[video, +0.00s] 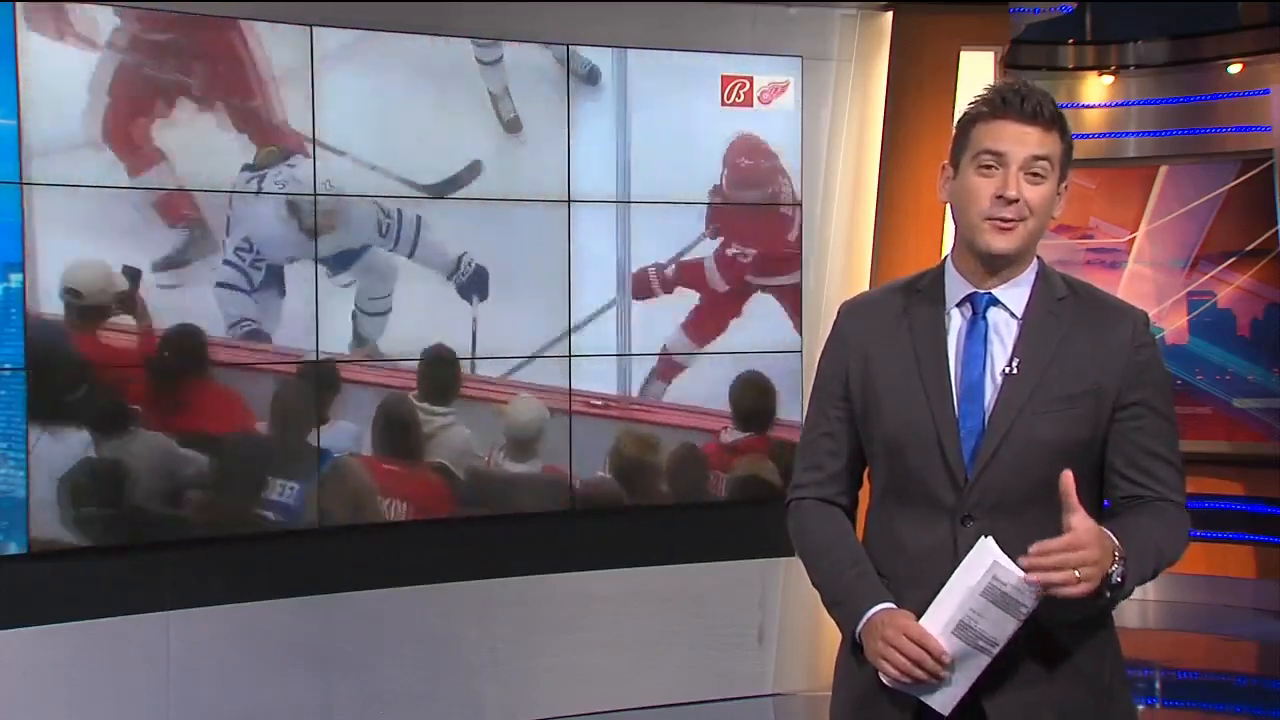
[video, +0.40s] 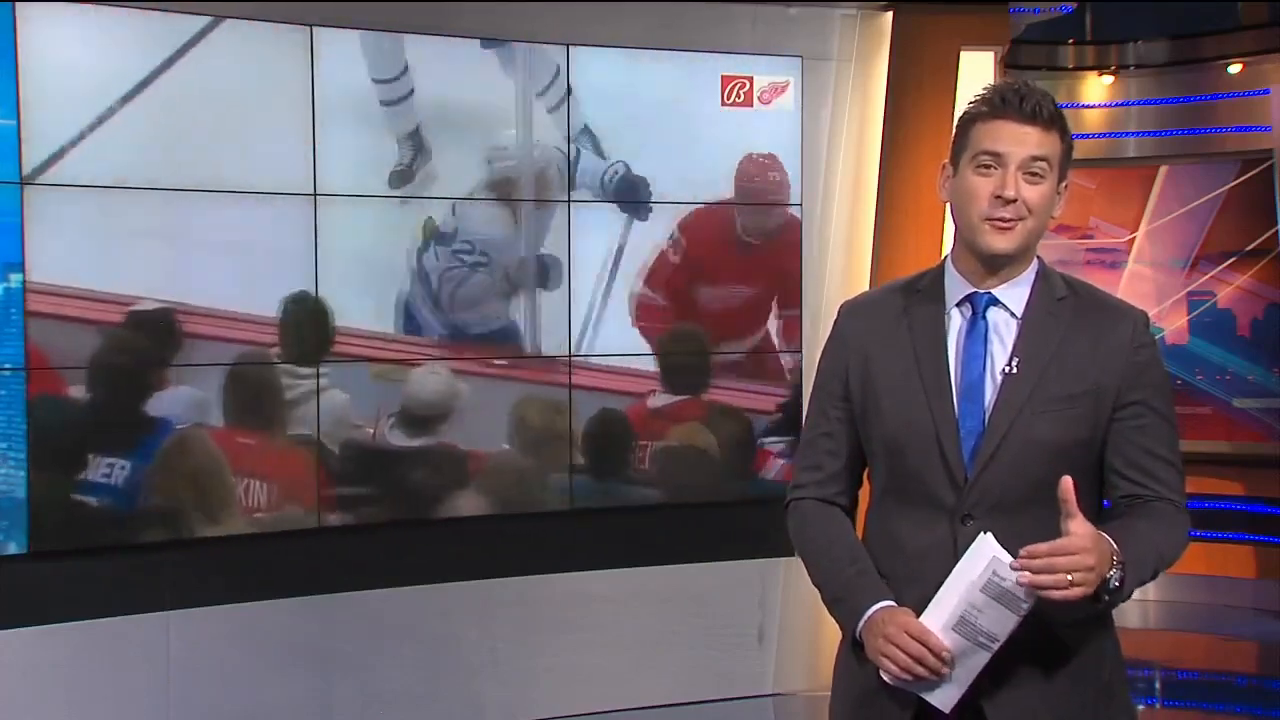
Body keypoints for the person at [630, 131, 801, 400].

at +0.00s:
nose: (748, 206)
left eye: (755, 201)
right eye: (740, 200)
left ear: (772, 190)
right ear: (725, 186)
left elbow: (722, 275)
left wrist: (674, 274)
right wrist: (715, 222)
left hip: (789, 271)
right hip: (738, 267)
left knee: (820, 335)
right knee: (705, 324)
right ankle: (658, 382)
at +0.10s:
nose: (718, 187)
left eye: (730, 181)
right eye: (713, 178)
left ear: (741, 174)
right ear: (696, 164)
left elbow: (705, 271)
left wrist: (652, 266)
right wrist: (673, 173)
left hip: (769, 272)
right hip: (712, 264)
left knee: (791, 339)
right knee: (680, 332)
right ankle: (634, 389)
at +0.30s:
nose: (713, 204)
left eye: (724, 197)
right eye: (710, 193)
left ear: (747, 190)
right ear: (703, 179)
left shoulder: (772, 222)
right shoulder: (682, 188)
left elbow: (764, 307)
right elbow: (627, 222)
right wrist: (626, 275)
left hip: (750, 327)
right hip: (683, 325)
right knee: (671, 412)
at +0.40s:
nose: (761, 222)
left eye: (771, 213)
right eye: (753, 212)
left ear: (785, 208)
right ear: (737, 204)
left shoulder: (795, 237)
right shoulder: (700, 227)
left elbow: (795, 314)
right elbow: (647, 298)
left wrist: (801, 371)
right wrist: (679, 353)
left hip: (752, 348)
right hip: (692, 350)